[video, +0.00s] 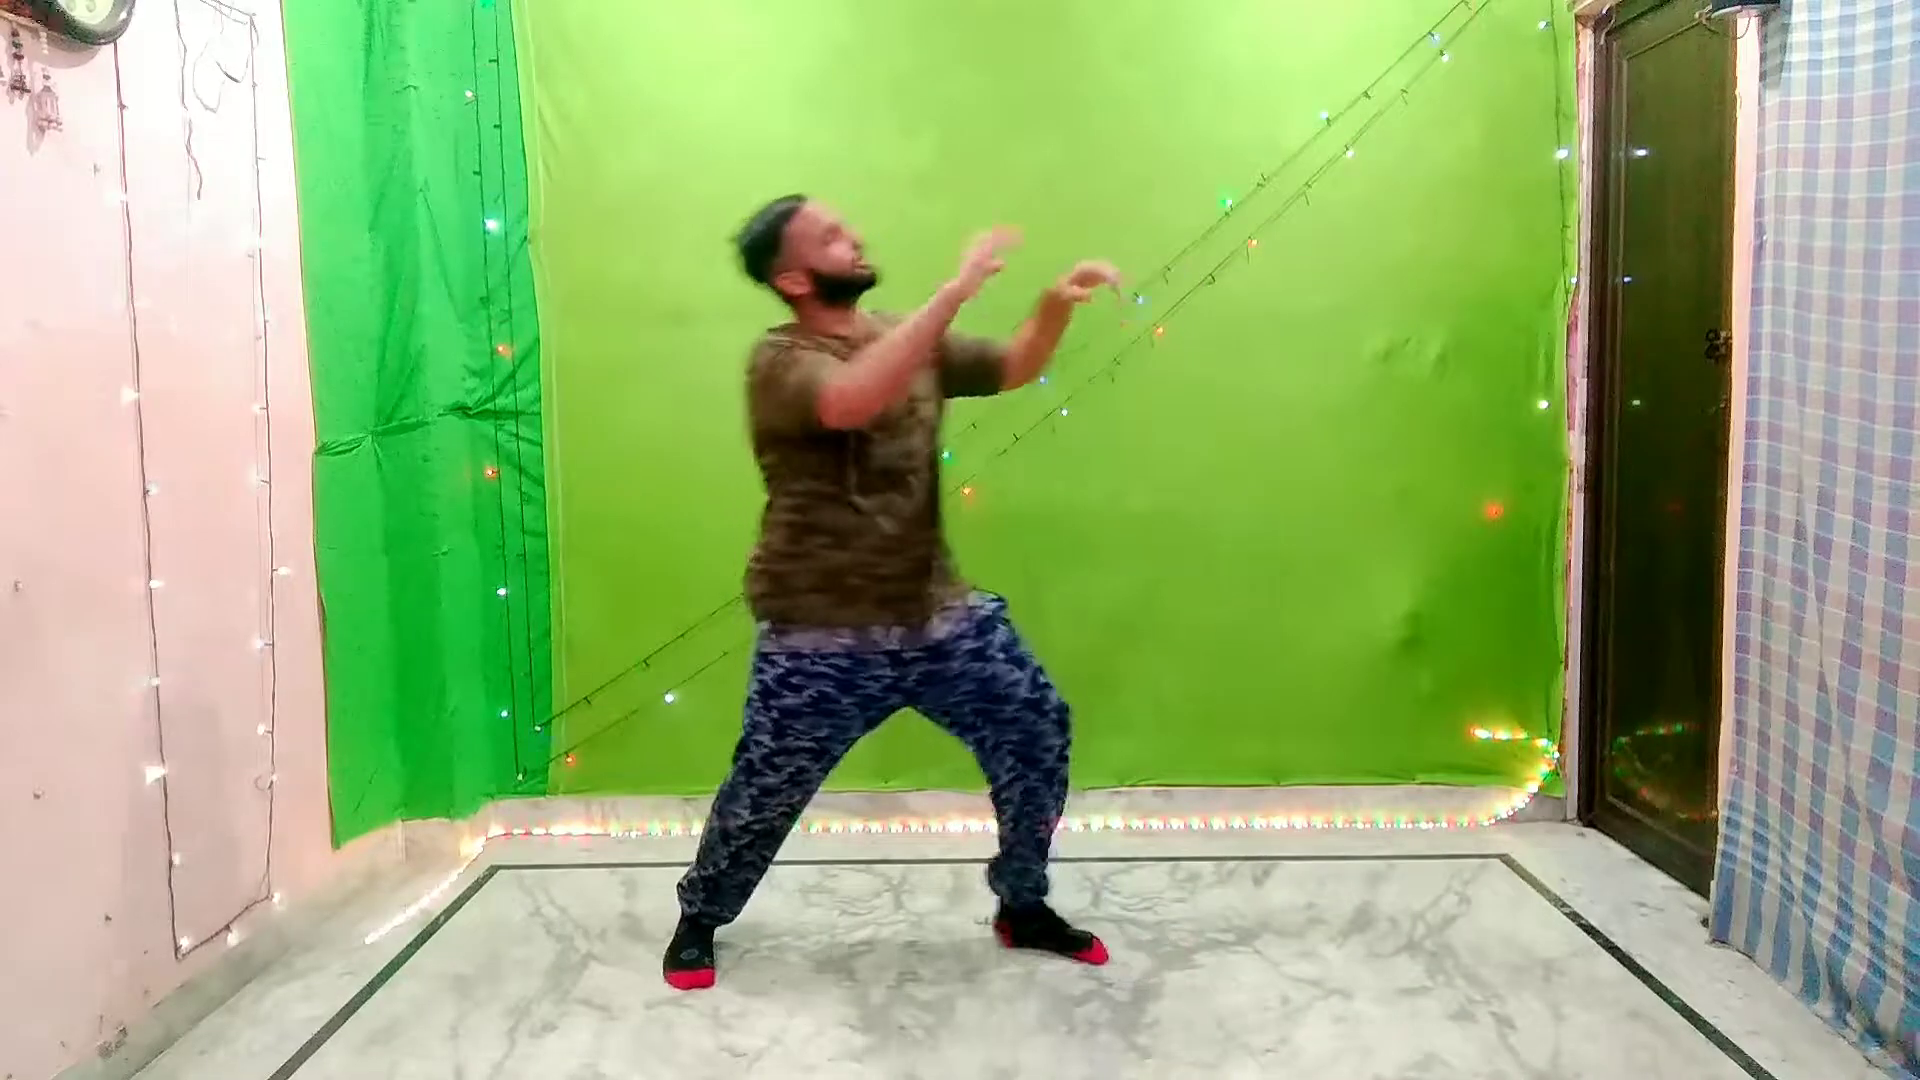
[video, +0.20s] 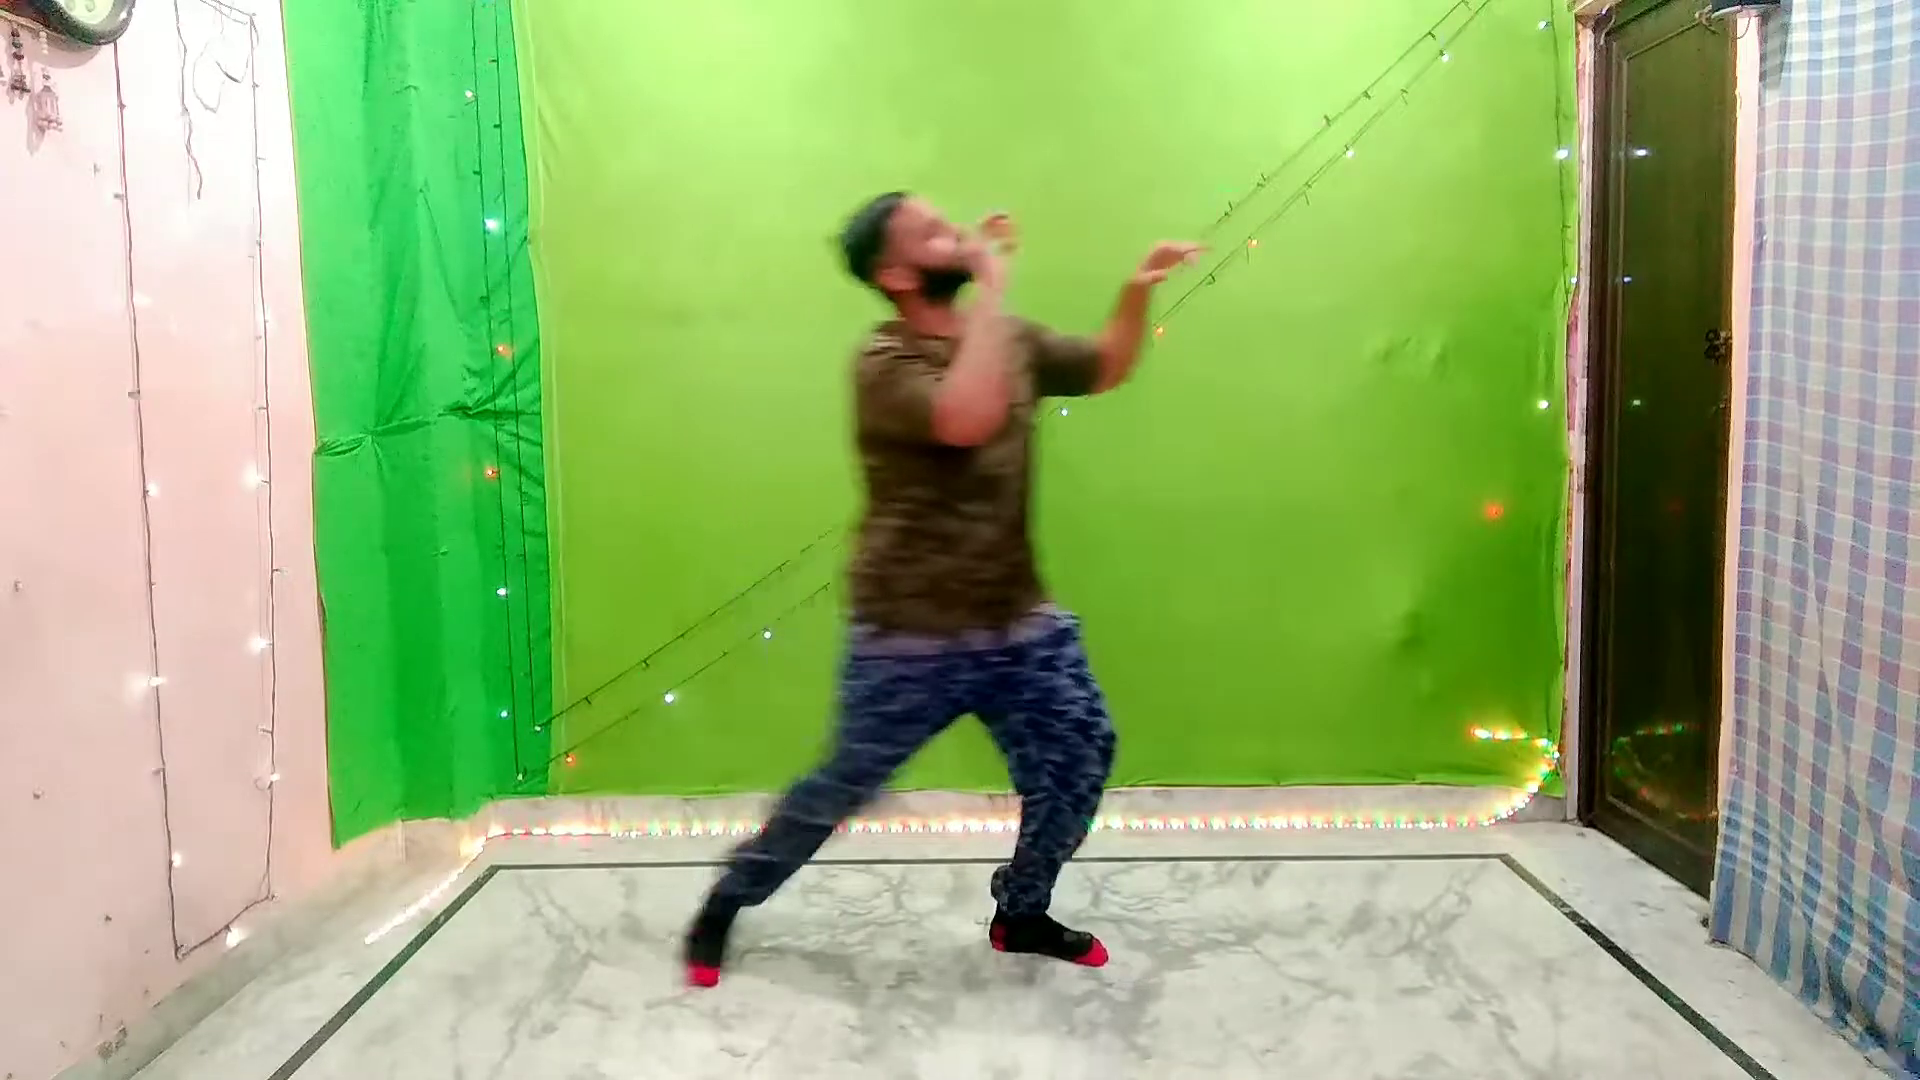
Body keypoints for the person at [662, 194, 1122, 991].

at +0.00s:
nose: (850, 235)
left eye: (840, 223)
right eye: (827, 235)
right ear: (791, 281)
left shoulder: (905, 337)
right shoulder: (781, 363)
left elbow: (1012, 366)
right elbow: (852, 398)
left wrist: (1054, 308)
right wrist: (952, 294)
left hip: (933, 612)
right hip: (820, 626)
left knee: (1035, 727)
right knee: (766, 791)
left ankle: (1022, 905)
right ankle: (697, 924)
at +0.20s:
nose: (954, 231)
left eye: (943, 220)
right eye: (929, 230)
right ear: (895, 277)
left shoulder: (1001, 338)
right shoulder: (885, 367)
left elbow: (1105, 367)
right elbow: (967, 417)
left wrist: (1139, 290)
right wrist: (990, 281)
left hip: (1012, 619)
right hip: (910, 630)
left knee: (1078, 751)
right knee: (847, 783)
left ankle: (1022, 914)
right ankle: (723, 905)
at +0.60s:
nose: (1142, 209)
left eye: (1131, 198)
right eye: (1120, 206)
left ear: (1101, 247)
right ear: (1086, 248)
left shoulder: (1138, 329)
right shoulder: (1093, 332)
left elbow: (1250, 381)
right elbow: (1216, 326)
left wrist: (1265, 292)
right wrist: (1297, 193)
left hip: (1163, 606)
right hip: (1131, 611)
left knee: (1156, 773)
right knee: (1246, 750)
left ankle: (1038, 895)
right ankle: (1304, 948)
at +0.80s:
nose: (1229, 201)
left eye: (1215, 190)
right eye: (1208, 197)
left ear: (1173, 243)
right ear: (1174, 236)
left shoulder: (1210, 309)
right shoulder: (1197, 297)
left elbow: (1308, 410)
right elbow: (1345, 206)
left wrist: (1298, 300)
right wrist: (1477, 107)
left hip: (1258, 589)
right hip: (1215, 603)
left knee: (1364, 703)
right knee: (1332, 755)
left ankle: (1276, 858)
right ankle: (1310, 950)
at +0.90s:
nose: (1252, 193)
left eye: (1238, 183)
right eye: (1230, 190)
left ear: (1194, 235)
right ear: (1193, 230)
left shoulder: (1235, 306)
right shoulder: (1211, 294)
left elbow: (1329, 398)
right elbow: (1365, 201)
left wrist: (1326, 290)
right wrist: (1498, 101)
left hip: (1294, 584)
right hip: (1236, 597)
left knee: (1402, 700)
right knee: (1339, 755)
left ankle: (1396, 891)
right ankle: (1312, 952)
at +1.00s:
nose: (1272, 194)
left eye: (1260, 184)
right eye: (1252, 188)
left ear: (1216, 231)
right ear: (1214, 228)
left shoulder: (1255, 312)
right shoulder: (1215, 300)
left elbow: (1354, 399)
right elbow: (1368, 245)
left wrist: (1370, 286)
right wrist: (1481, 129)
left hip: (1351, 573)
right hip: (1287, 590)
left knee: (1438, 721)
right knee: (1365, 754)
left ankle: (1478, 896)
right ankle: (1313, 951)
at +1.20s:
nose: (1296, 200)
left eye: (1282, 191)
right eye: (1276, 198)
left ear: (1252, 243)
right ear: (1246, 243)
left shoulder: (1304, 321)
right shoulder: (1241, 321)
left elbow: (1404, 372)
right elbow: (1373, 302)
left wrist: (1462, 278)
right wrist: (1478, 186)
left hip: (1405, 584)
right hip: (1339, 600)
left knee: (1466, 739)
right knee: (1405, 764)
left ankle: (1470, 913)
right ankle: (1314, 950)